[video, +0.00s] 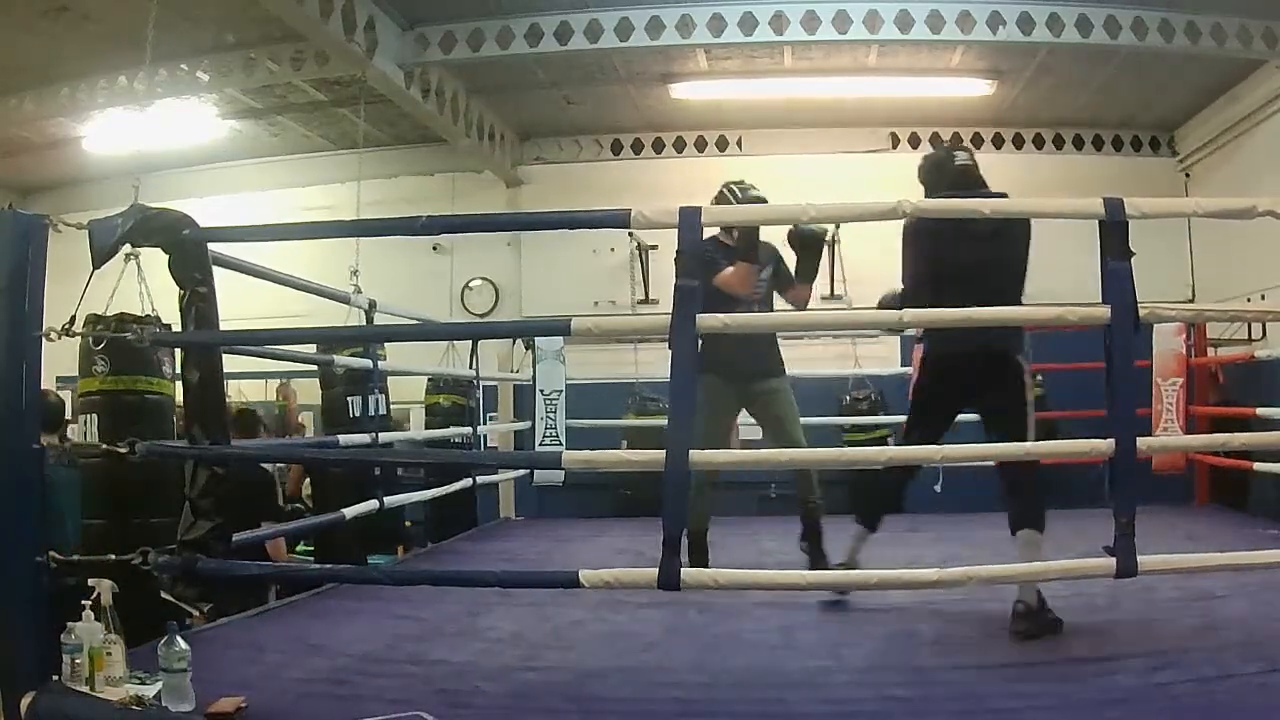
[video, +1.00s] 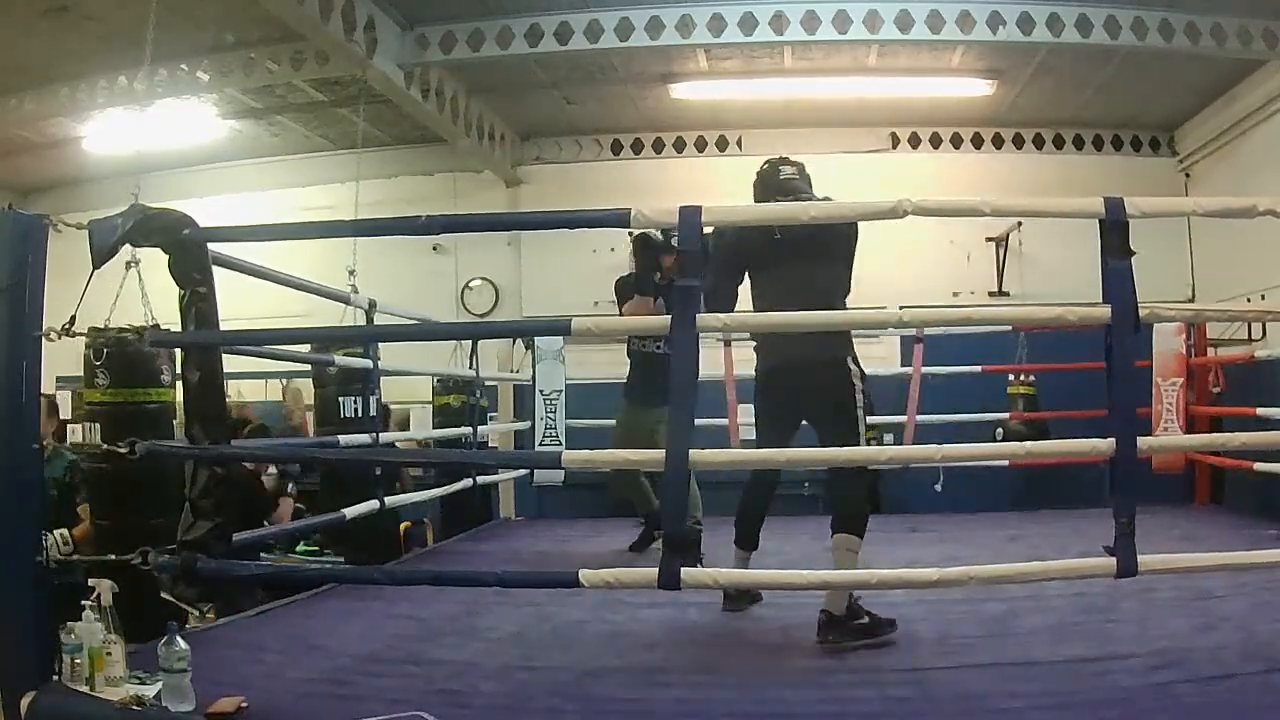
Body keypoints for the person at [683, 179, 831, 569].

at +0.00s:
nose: (753, 223)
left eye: (758, 217)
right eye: (745, 217)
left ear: (761, 217)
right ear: (725, 216)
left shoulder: (767, 253)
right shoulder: (702, 253)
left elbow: (799, 298)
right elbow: (741, 286)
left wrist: (810, 257)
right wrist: (748, 234)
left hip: (765, 372)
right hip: (716, 375)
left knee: (798, 450)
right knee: (706, 461)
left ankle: (814, 541)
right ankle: (697, 547)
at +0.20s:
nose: (727, 240)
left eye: (732, 232)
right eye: (717, 232)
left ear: (741, 234)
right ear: (702, 235)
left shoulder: (754, 270)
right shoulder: (689, 274)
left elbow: (800, 303)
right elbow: (711, 314)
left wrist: (799, 265)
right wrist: (715, 263)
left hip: (752, 393)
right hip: (701, 396)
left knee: (772, 470)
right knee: (677, 468)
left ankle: (780, 553)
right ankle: (660, 520)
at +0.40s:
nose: (689, 267)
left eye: (696, 258)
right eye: (682, 258)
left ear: (707, 260)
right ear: (670, 261)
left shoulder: (724, 296)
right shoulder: (659, 298)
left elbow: (757, 340)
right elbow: (637, 335)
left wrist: (772, 312)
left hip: (715, 401)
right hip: (672, 402)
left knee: (741, 470)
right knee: (658, 469)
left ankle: (772, 545)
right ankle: (665, 535)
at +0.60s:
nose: (665, 257)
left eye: (670, 251)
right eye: (661, 253)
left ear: (681, 254)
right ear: (650, 257)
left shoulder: (698, 286)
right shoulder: (642, 289)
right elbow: (639, 316)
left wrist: (678, 278)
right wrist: (639, 269)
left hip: (695, 387)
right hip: (656, 388)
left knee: (703, 460)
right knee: (653, 462)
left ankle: (723, 539)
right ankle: (664, 532)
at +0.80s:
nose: (666, 259)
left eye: (673, 252)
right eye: (660, 251)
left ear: (682, 255)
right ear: (648, 253)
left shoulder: (692, 285)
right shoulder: (635, 286)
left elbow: (727, 306)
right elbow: (628, 320)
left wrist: (719, 265)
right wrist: (634, 275)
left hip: (681, 391)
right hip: (645, 391)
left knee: (686, 463)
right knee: (652, 464)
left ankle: (694, 541)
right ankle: (664, 531)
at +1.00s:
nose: (679, 261)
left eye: (681, 255)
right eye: (673, 255)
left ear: (682, 258)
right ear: (659, 256)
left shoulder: (685, 288)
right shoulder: (629, 284)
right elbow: (639, 318)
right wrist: (647, 270)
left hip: (674, 396)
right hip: (638, 395)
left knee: (677, 465)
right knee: (622, 464)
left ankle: (690, 538)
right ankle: (653, 518)